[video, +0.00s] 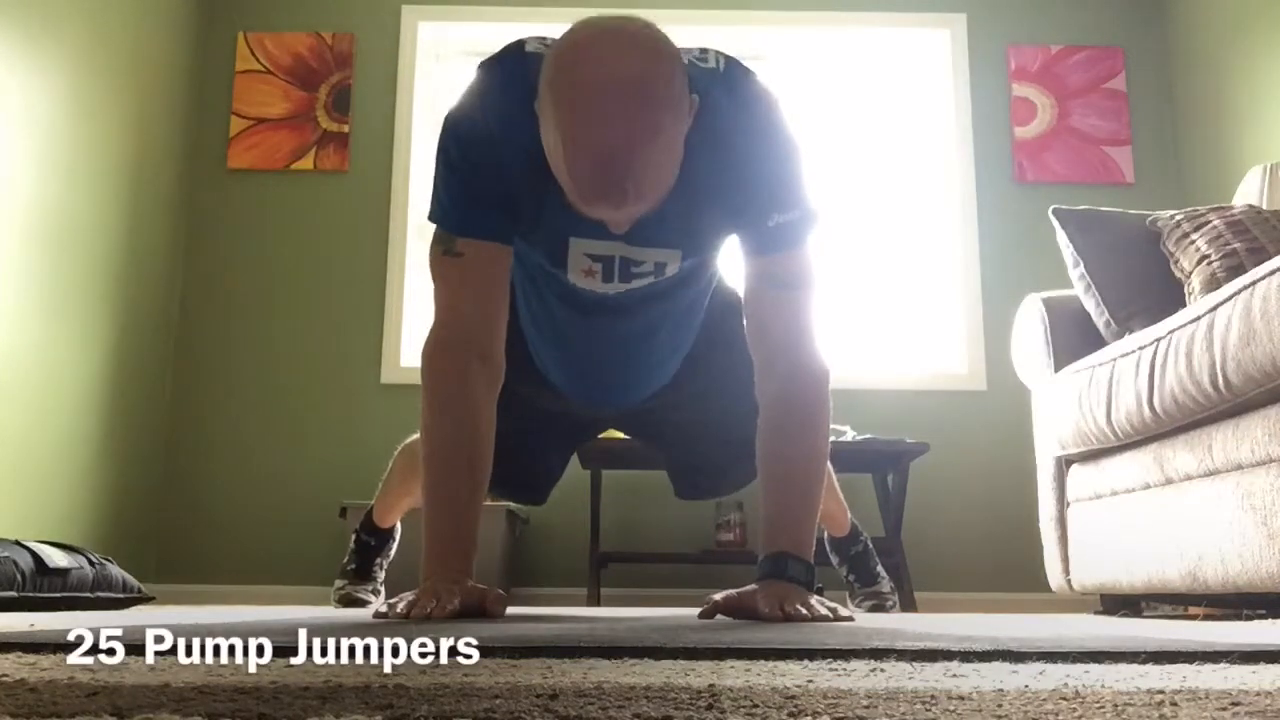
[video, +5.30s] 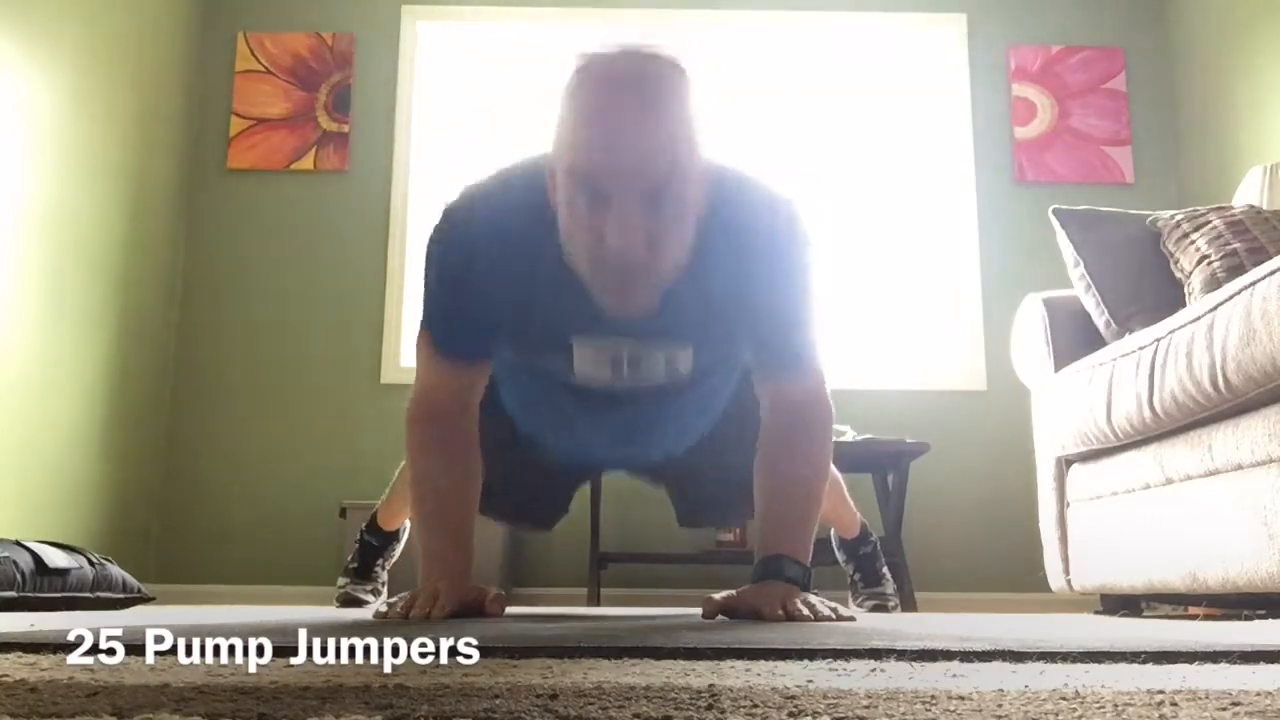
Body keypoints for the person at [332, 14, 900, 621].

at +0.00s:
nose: (613, 216)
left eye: (636, 200)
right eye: (589, 200)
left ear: (686, 115)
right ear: (546, 119)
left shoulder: (744, 122)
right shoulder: (489, 120)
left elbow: (789, 358)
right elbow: (461, 351)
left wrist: (786, 575)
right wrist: (445, 584)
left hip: (685, 336)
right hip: (534, 337)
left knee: (787, 442)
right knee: (445, 453)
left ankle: (848, 544)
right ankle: (375, 521)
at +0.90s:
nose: (605, 195)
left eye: (633, 159)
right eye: (579, 159)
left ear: (676, 105)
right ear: (539, 102)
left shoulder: (735, 125)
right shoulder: (483, 133)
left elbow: (776, 360)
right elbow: (461, 356)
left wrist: (779, 574)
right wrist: (445, 580)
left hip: (690, 339)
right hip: (540, 336)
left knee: (787, 453)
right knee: (445, 449)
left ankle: (855, 551)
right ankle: (384, 547)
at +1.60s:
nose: (609, 115)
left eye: (643, 73)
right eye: (579, 71)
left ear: (684, 66)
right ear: (544, 65)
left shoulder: (732, 120)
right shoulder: (494, 119)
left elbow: (779, 358)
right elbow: (459, 353)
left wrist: (783, 575)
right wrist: (445, 582)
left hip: (686, 355)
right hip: (532, 354)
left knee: (787, 457)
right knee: (445, 455)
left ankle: (858, 556)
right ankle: (378, 545)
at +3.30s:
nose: (626, 160)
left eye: (645, 134)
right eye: (602, 134)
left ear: (693, 54)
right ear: (561, 57)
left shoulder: (748, 108)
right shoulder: (494, 115)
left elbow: (783, 360)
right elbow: (462, 353)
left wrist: (784, 576)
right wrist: (446, 582)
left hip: (694, 330)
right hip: (544, 329)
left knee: (794, 454)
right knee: (449, 452)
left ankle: (859, 545)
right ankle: (385, 545)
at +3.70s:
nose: (623, 238)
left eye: (644, 225)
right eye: (600, 225)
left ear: (694, 139)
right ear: (552, 142)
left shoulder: (743, 122)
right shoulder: (496, 126)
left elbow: (782, 366)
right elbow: (463, 356)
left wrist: (779, 572)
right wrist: (448, 578)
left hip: (692, 329)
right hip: (539, 327)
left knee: (786, 438)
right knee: (455, 423)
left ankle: (858, 542)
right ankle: (387, 533)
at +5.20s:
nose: (622, 194)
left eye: (655, 155)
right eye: (590, 153)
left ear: (696, 123)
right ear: (553, 115)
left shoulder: (754, 168)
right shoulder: (486, 172)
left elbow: (791, 377)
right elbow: (450, 377)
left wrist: (782, 576)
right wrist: (445, 584)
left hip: (701, 379)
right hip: (534, 379)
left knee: (793, 450)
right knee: (442, 447)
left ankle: (861, 549)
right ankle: (379, 552)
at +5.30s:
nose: (623, 235)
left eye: (657, 199)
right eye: (591, 198)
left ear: (700, 179)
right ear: (554, 179)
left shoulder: (761, 233)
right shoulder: (479, 234)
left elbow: (797, 402)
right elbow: (440, 408)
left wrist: (779, 573)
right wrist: (447, 582)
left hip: (704, 420)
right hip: (532, 419)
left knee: (801, 469)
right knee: (435, 462)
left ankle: (859, 540)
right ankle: (380, 532)